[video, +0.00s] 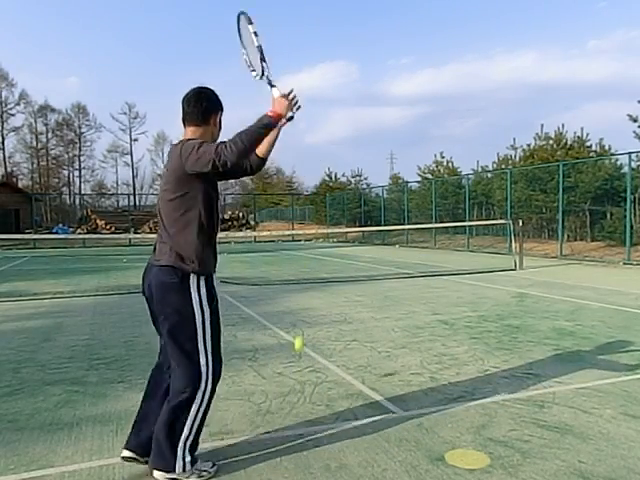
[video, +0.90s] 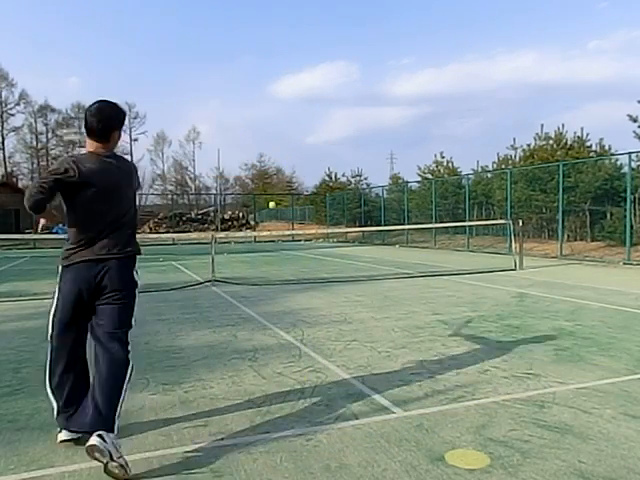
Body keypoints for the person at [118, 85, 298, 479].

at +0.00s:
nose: (221, 124)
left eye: (219, 119)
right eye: (221, 118)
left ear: (185, 118)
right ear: (214, 118)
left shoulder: (184, 154)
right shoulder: (191, 152)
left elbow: (250, 163)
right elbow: (232, 152)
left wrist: (278, 123)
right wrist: (274, 114)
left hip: (164, 274)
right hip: (185, 276)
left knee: (174, 361)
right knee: (202, 369)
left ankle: (142, 443)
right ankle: (173, 461)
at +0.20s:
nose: (215, 148)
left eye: (217, 143)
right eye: (210, 142)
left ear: (177, 144)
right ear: (198, 144)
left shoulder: (201, 185)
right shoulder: (168, 180)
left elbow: (248, 179)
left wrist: (293, 156)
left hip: (155, 300)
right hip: (170, 305)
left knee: (157, 369)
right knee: (207, 389)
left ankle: (89, 429)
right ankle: (174, 466)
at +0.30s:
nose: (214, 155)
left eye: (214, 147)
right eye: (209, 147)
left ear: (173, 150)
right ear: (195, 151)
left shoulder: (196, 190)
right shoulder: (166, 190)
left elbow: (246, 188)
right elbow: (167, 202)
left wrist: (293, 177)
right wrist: (204, 152)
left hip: (142, 304)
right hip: (160, 310)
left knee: (148, 365)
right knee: (204, 385)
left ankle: (85, 425)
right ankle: (175, 466)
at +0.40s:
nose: (203, 161)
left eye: (201, 156)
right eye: (200, 156)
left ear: (167, 158)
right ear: (189, 160)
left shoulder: (178, 196)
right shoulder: (161, 198)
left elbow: (224, 194)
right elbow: (149, 226)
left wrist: (281, 185)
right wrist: (180, 190)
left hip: (130, 306)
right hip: (153, 312)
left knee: (142, 362)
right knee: (198, 382)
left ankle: (81, 424)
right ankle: (174, 466)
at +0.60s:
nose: (174, 161)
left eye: (172, 154)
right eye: (172, 154)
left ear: (142, 157)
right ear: (161, 155)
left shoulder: (150, 191)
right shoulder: (136, 202)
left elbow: (188, 179)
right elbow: (136, 234)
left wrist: (228, 172)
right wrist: (163, 229)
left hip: (103, 299)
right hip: (125, 304)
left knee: (126, 359)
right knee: (170, 375)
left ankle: (82, 427)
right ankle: (173, 466)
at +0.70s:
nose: (158, 149)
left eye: (157, 143)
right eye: (156, 143)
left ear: (122, 148)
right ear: (148, 146)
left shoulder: (104, 176)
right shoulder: (135, 198)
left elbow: (123, 177)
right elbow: (159, 241)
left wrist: (148, 175)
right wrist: (186, 239)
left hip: (86, 287)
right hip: (119, 295)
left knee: (99, 359)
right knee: (142, 370)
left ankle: (75, 429)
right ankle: (156, 455)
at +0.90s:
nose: (122, 135)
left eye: (119, 130)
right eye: (122, 131)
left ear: (86, 130)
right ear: (118, 134)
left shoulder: (69, 166)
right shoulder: (128, 170)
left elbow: (34, 201)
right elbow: (116, 207)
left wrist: (47, 215)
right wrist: (62, 216)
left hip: (77, 269)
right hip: (119, 269)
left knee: (65, 341)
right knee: (112, 343)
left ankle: (70, 422)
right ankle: (102, 431)